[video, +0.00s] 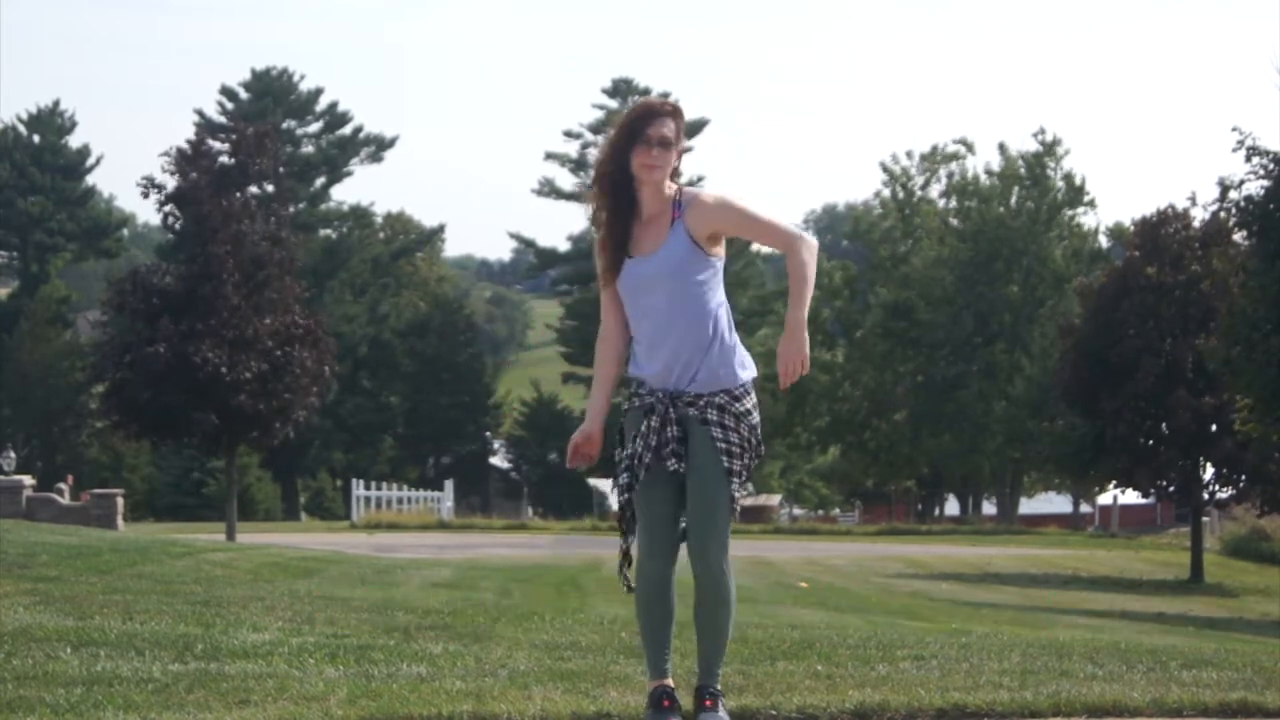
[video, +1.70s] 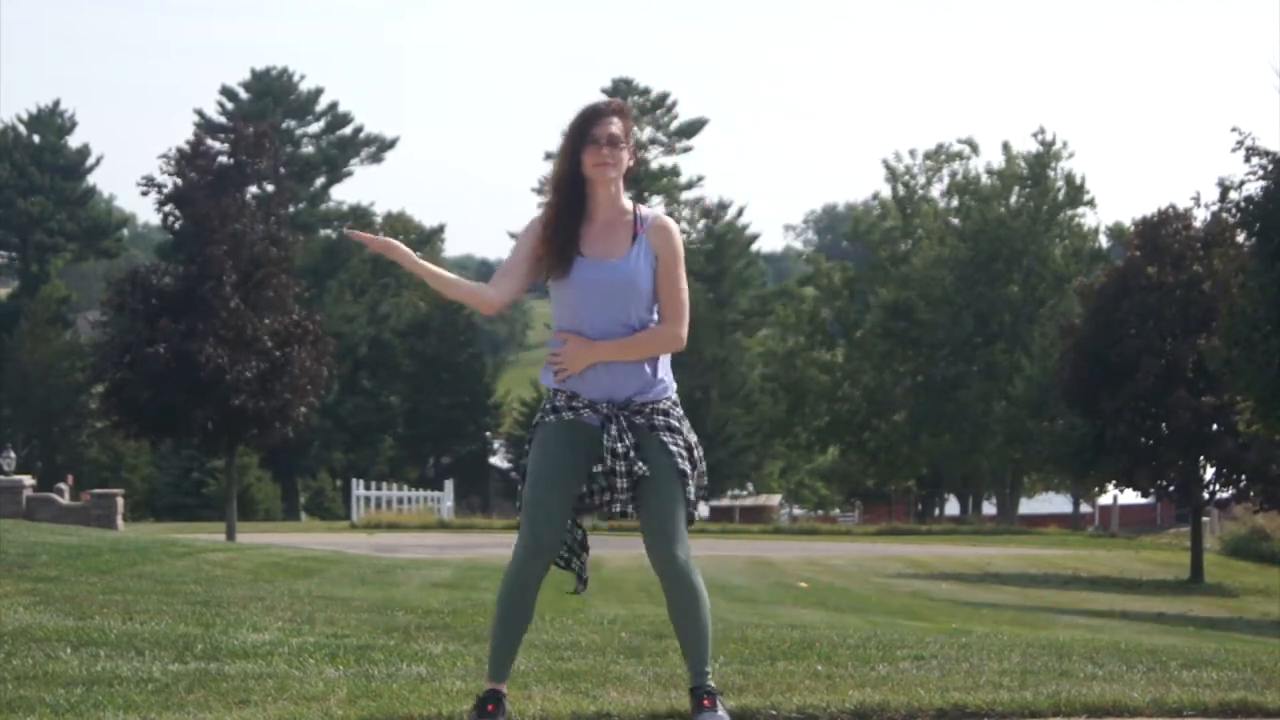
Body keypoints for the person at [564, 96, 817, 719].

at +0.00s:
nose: (660, 153)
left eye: (670, 144)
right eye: (650, 142)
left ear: (681, 154)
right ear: (626, 151)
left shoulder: (702, 210)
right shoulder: (612, 237)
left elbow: (802, 244)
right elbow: (612, 334)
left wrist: (797, 325)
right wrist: (594, 418)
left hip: (716, 400)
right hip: (649, 405)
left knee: (707, 549)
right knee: (654, 549)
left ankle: (708, 691)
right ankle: (660, 687)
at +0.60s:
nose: (674, 146)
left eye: (683, 137)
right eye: (662, 137)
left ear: (696, 147)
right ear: (639, 149)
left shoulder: (704, 227)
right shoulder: (613, 219)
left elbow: (739, 319)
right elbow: (538, 290)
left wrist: (833, 308)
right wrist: (540, 387)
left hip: (718, 402)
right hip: (655, 402)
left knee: (715, 547)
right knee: (679, 547)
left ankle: (711, 691)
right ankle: (664, 692)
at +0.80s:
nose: (668, 141)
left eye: (677, 131)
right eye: (655, 132)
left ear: (692, 141)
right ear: (637, 145)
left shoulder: (708, 223)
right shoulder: (615, 211)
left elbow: (725, 314)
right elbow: (527, 254)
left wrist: (766, 357)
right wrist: (493, 336)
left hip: (706, 401)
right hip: (644, 398)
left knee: (707, 543)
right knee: (659, 543)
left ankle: (712, 688)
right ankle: (661, 687)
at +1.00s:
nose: (663, 143)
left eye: (671, 133)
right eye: (650, 134)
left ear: (684, 143)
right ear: (628, 146)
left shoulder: (712, 218)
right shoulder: (607, 218)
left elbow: (735, 313)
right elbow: (537, 255)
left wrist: (681, 346)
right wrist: (533, 290)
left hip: (698, 397)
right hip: (629, 394)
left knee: (700, 549)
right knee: (644, 543)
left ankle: (709, 690)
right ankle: (657, 687)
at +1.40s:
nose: (639, 152)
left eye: (648, 144)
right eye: (628, 142)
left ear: (659, 155)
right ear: (606, 154)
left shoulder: (686, 226)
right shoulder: (584, 231)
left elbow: (714, 329)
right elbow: (564, 313)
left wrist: (632, 350)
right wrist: (548, 235)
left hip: (704, 400)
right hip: (630, 404)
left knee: (712, 550)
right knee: (585, 539)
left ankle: (709, 689)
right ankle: (620, 671)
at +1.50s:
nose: (632, 153)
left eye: (641, 144)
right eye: (621, 143)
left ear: (652, 157)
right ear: (598, 155)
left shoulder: (678, 229)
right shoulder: (573, 232)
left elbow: (704, 331)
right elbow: (546, 306)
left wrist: (624, 351)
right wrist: (493, 241)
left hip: (694, 400)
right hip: (621, 403)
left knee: (706, 550)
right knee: (567, 547)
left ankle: (709, 690)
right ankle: (547, 684)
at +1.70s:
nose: (609, 150)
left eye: (619, 142)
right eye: (598, 141)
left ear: (633, 154)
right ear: (576, 153)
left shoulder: (658, 231)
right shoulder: (551, 228)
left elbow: (674, 333)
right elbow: (493, 296)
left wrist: (597, 351)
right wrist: (409, 258)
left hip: (650, 410)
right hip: (572, 409)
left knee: (671, 552)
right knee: (535, 543)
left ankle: (704, 691)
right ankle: (493, 691)